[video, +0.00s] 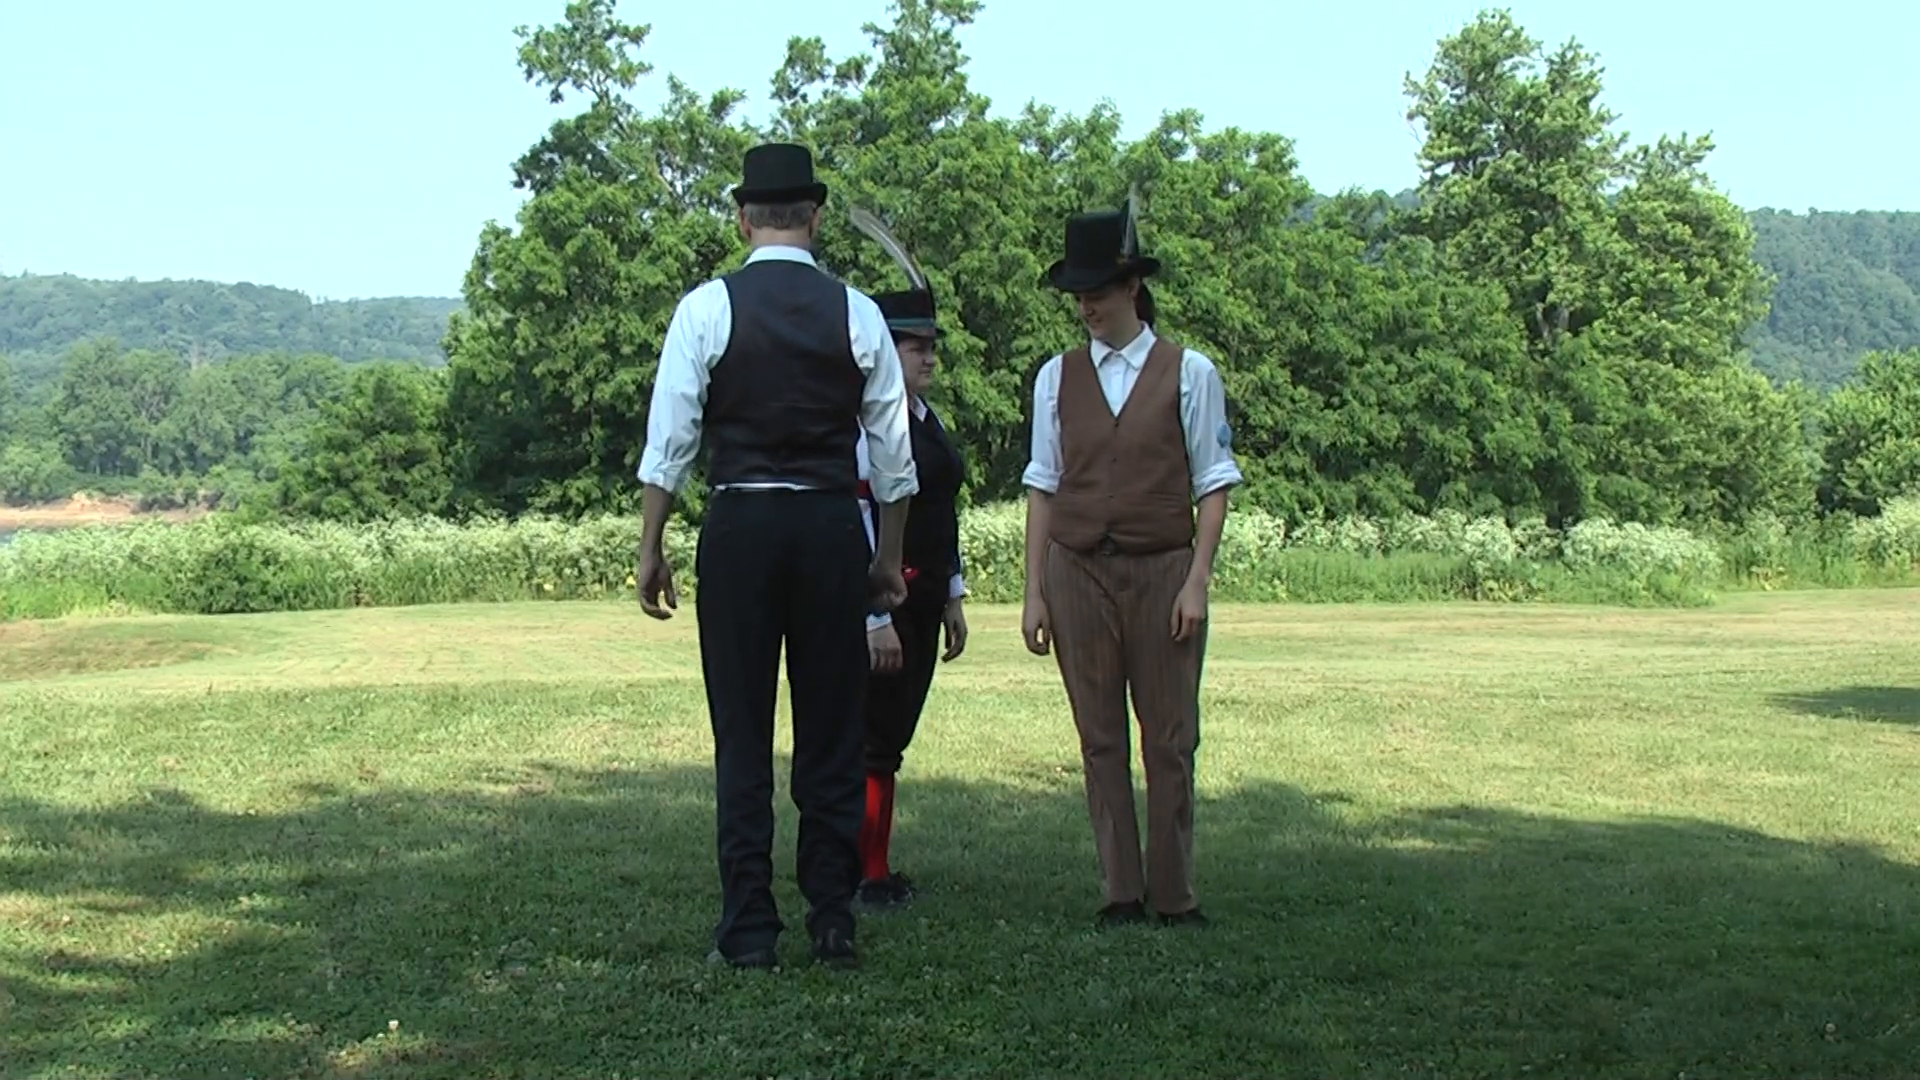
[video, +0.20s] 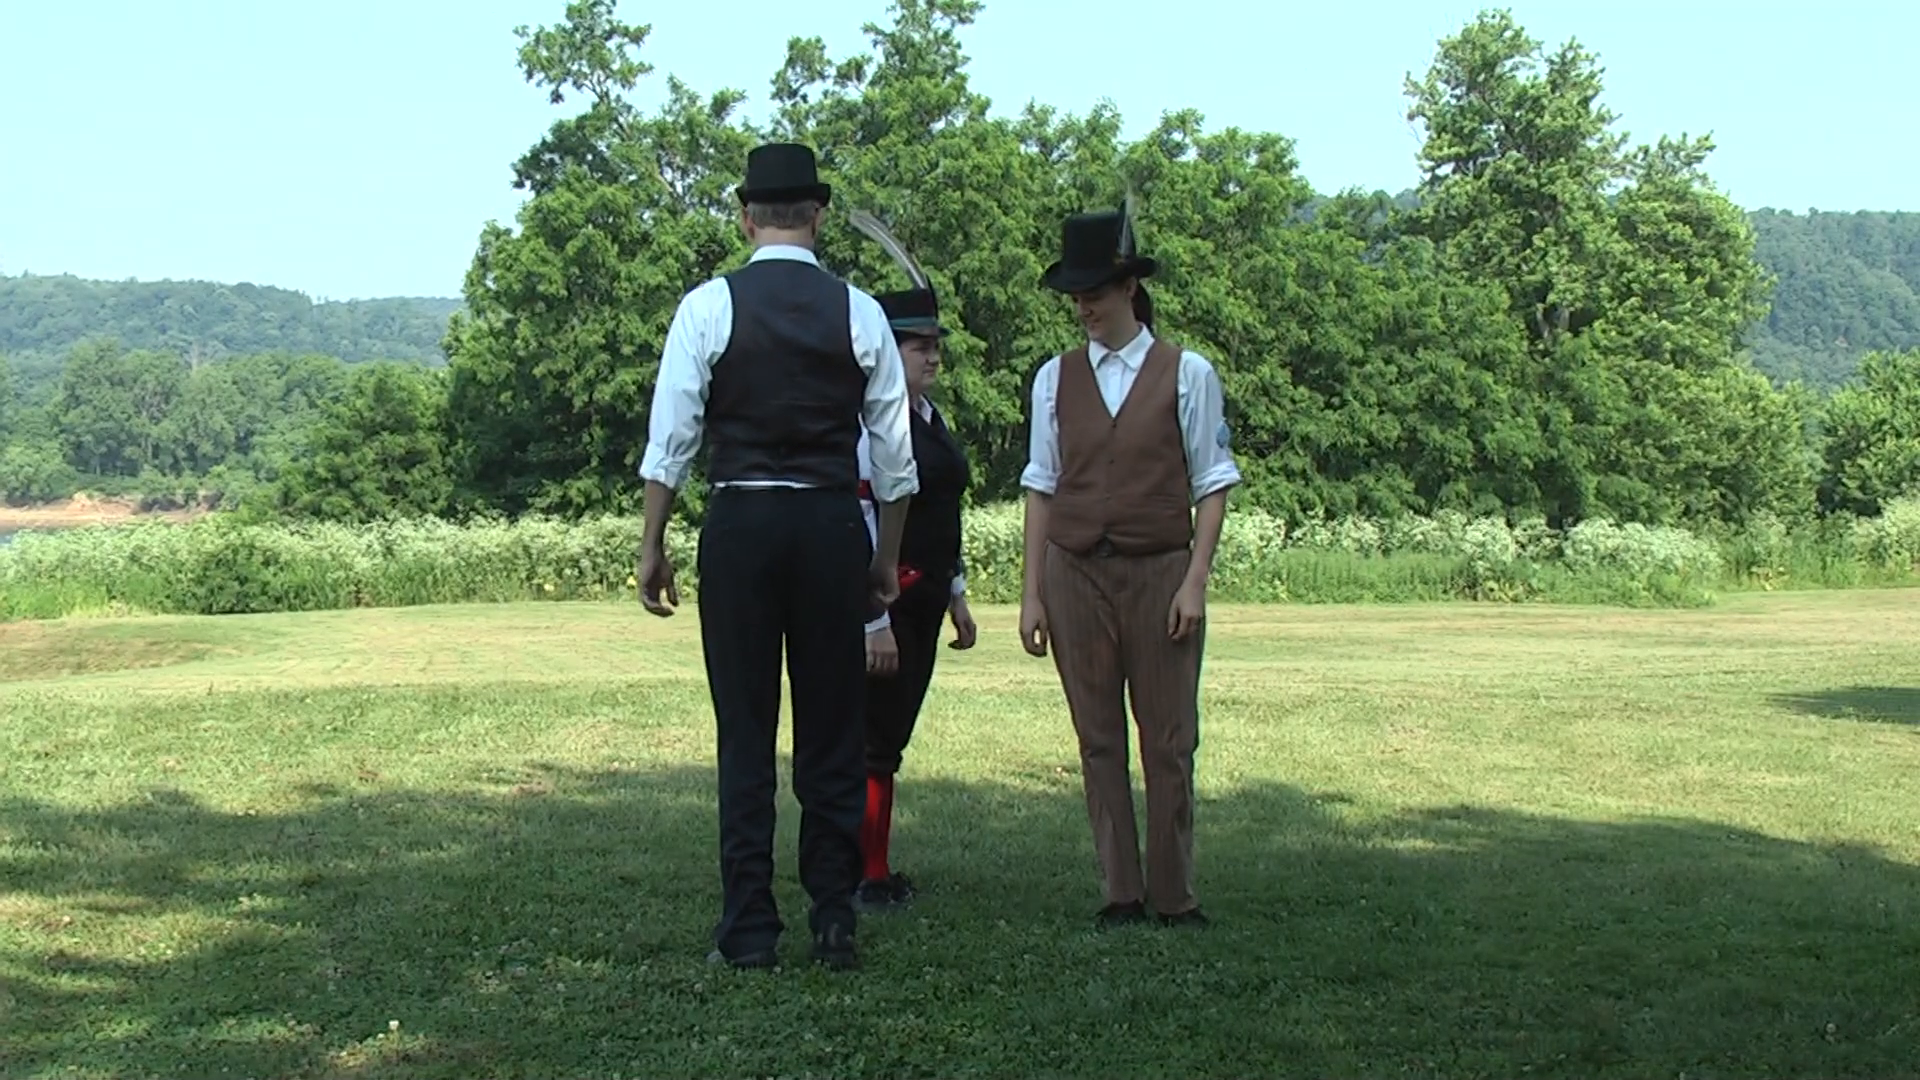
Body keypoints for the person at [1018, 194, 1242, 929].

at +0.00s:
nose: (1087, 306)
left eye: (1098, 293)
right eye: (1079, 296)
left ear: (1135, 288)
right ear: (1074, 299)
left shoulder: (1189, 372)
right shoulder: (1055, 377)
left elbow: (1215, 483)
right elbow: (1041, 489)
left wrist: (1198, 580)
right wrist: (1034, 591)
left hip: (1166, 575)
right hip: (1076, 577)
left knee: (1170, 744)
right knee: (1101, 745)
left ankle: (1173, 895)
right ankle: (1122, 894)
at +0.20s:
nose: (1084, 307)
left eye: (1096, 293)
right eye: (1075, 297)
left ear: (1132, 288)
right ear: (1069, 300)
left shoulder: (1187, 373)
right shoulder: (1053, 379)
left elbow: (1215, 486)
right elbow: (1039, 489)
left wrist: (1195, 581)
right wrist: (1031, 592)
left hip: (1163, 577)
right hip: (1074, 578)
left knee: (1169, 745)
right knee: (1099, 745)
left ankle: (1173, 895)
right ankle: (1121, 895)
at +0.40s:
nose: (1082, 309)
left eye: (1094, 295)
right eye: (1074, 299)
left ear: (1130, 290)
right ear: (1068, 303)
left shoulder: (1184, 376)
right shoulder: (1051, 380)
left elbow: (1221, 482)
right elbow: (1037, 492)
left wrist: (1186, 491)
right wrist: (1028, 593)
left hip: (1158, 579)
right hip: (1070, 579)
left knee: (1161, 746)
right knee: (1094, 746)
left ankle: (1174, 872)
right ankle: (1116, 896)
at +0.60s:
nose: (1083, 311)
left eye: (1096, 296)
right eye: (1074, 301)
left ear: (1132, 291)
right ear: (1068, 304)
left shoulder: (1178, 368)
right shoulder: (1050, 379)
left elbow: (1236, 420)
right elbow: (1037, 491)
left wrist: (1197, 328)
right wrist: (1028, 592)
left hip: (1156, 569)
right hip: (1069, 571)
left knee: (1131, 715)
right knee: (1091, 743)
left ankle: (1159, 769)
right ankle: (1114, 894)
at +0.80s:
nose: (1081, 308)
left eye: (1094, 293)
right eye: (1074, 295)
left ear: (1134, 291)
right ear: (1067, 297)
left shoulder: (1175, 363)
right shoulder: (1056, 371)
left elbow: (1215, 296)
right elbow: (1037, 485)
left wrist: (1192, 198)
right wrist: (1026, 586)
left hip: (1148, 577)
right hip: (1068, 578)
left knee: (1115, 749)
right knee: (1083, 751)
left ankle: (1142, 908)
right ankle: (1116, 899)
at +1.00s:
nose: (1066, 295)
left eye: (1077, 282)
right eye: (1063, 284)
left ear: (1117, 281)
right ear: (1071, 290)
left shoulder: (1147, 351)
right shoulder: (1063, 370)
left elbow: (1150, 263)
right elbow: (1044, 482)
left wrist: (1144, 152)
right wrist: (1018, 567)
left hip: (1136, 577)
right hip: (1061, 580)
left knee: (1119, 756)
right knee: (1019, 716)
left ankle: (1136, 916)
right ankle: (1112, 803)